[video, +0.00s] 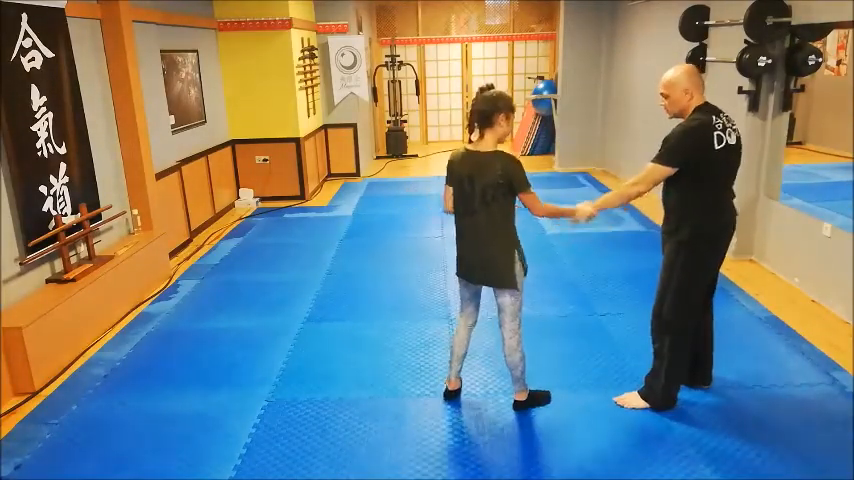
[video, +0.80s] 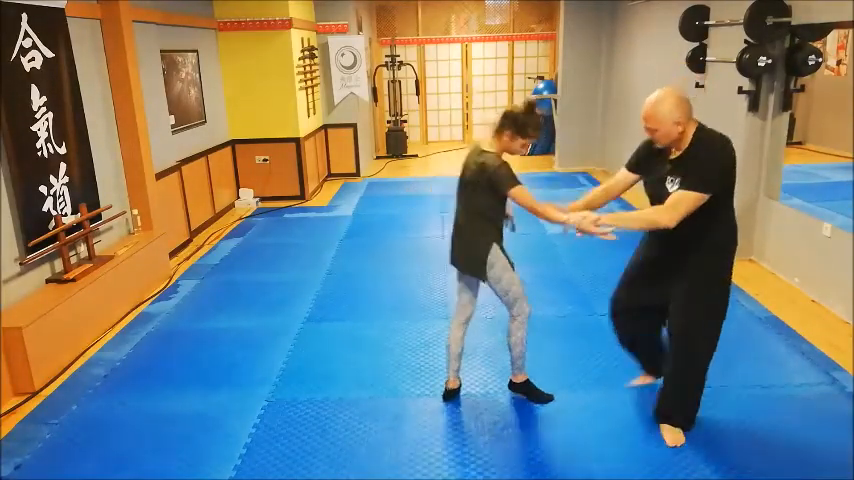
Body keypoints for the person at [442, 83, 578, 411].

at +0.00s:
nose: (512, 124)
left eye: (512, 118)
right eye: (510, 118)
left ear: (481, 120)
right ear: (499, 120)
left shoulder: (458, 159)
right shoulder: (508, 163)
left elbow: (449, 205)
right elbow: (538, 208)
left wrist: (481, 200)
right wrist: (573, 211)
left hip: (468, 254)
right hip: (502, 255)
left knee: (466, 317)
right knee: (510, 327)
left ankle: (452, 383)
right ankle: (521, 393)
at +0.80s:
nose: (526, 147)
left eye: (529, 142)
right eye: (525, 141)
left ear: (503, 134)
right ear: (506, 134)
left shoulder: (475, 155)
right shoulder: (496, 167)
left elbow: (475, 194)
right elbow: (537, 209)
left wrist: (501, 210)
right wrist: (577, 222)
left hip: (463, 244)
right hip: (484, 247)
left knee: (462, 313)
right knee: (519, 308)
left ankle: (451, 382)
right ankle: (519, 378)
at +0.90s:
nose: (531, 155)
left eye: (535, 151)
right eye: (529, 150)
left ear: (513, 137)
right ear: (513, 140)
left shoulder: (492, 154)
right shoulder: (504, 168)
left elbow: (503, 189)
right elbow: (528, 213)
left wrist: (521, 212)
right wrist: (566, 228)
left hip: (477, 243)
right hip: (490, 247)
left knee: (481, 306)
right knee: (523, 308)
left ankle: (454, 374)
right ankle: (520, 378)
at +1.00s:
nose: (531, 163)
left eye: (537, 158)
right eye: (527, 156)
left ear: (543, 153)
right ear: (514, 148)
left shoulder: (524, 170)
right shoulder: (504, 175)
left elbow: (528, 202)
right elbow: (522, 221)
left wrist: (534, 219)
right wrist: (556, 243)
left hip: (508, 239)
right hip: (490, 240)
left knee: (509, 306)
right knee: (523, 310)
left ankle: (465, 352)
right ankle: (522, 376)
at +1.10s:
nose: (528, 181)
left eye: (534, 176)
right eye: (522, 176)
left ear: (541, 168)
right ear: (512, 168)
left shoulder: (536, 177)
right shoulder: (502, 188)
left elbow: (543, 203)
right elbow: (515, 240)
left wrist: (545, 222)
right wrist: (548, 262)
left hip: (525, 236)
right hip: (496, 240)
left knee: (533, 300)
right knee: (519, 310)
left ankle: (489, 338)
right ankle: (528, 373)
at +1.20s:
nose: (521, 213)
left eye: (526, 209)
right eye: (517, 209)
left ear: (536, 196)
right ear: (508, 200)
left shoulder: (542, 185)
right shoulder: (496, 206)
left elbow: (555, 192)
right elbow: (502, 262)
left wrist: (552, 228)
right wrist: (540, 279)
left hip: (534, 244)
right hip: (504, 253)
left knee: (537, 305)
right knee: (519, 319)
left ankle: (517, 334)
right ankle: (530, 372)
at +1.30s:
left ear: (525, 230)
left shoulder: (542, 220)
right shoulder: (488, 235)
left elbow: (547, 272)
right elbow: (493, 291)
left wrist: (532, 298)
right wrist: (528, 308)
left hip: (538, 258)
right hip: (506, 265)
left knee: (538, 310)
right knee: (519, 319)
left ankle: (533, 337)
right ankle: (533, 375)